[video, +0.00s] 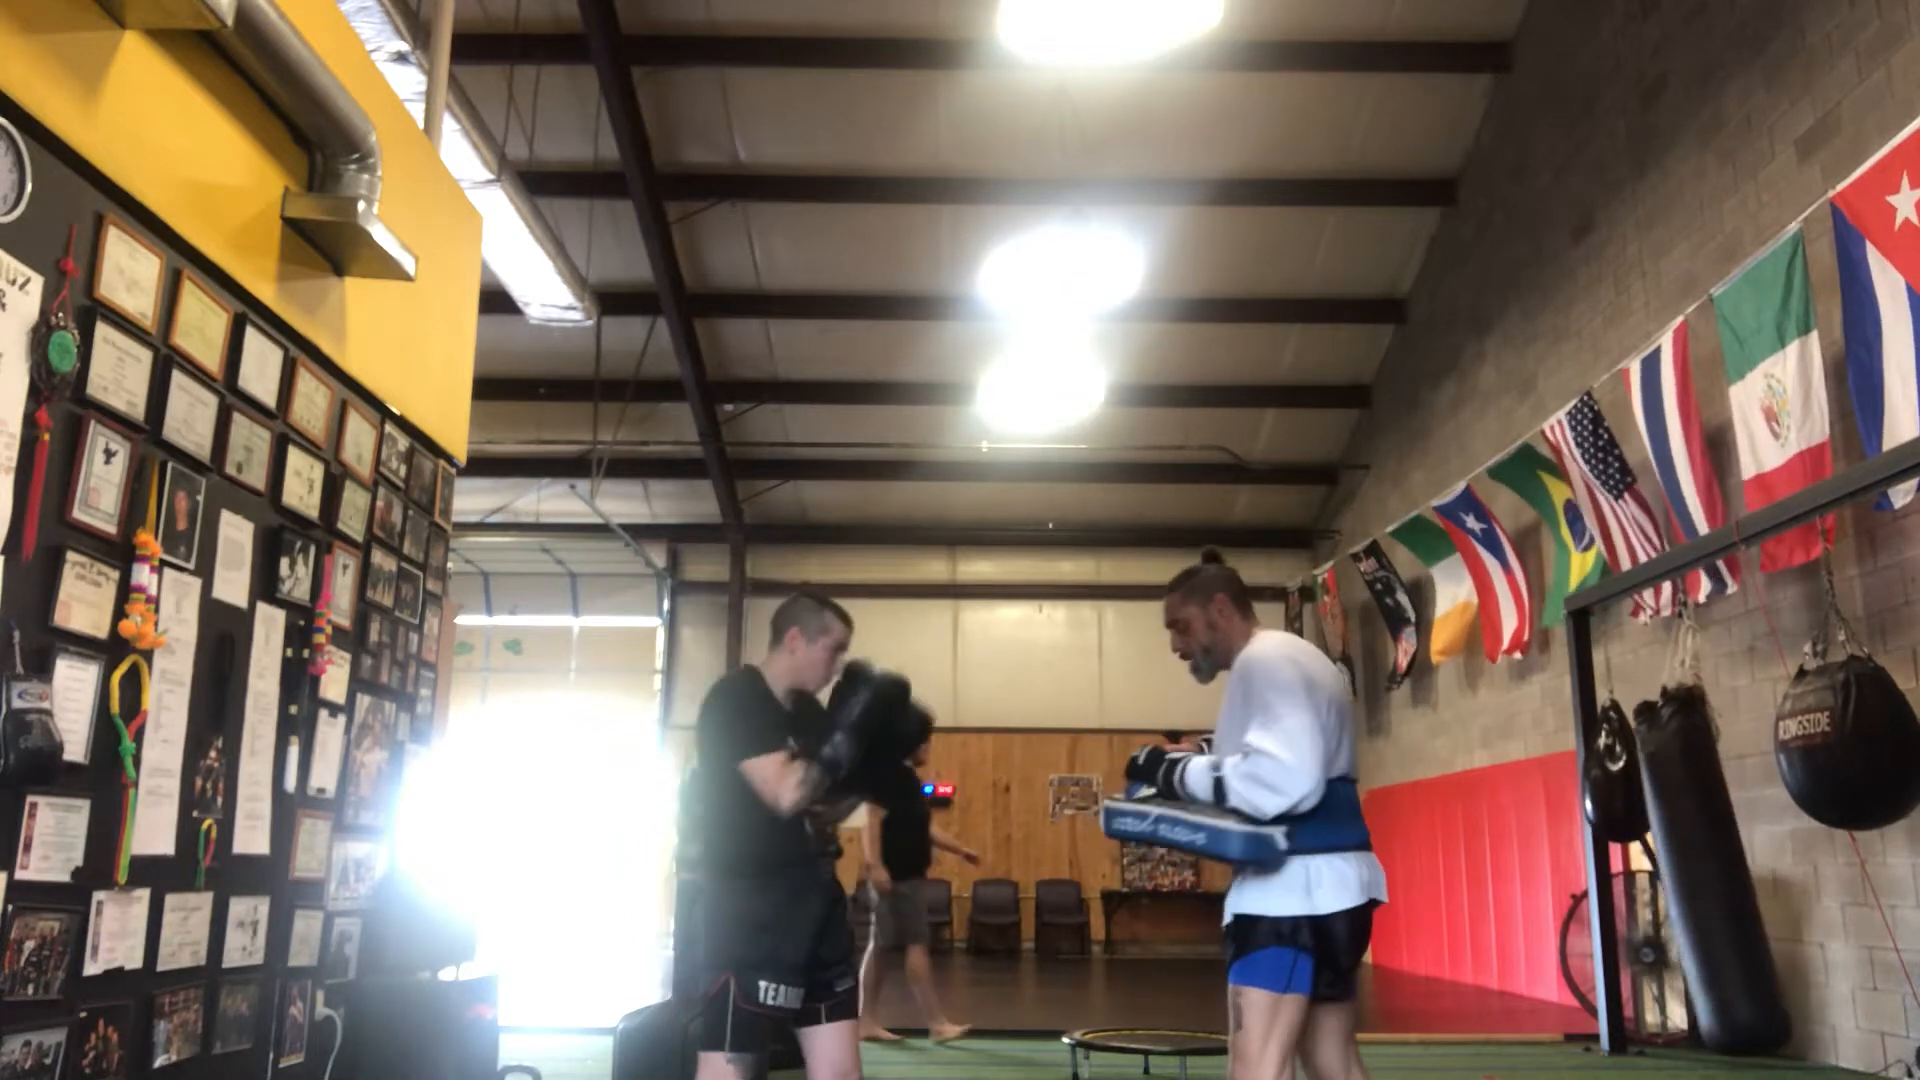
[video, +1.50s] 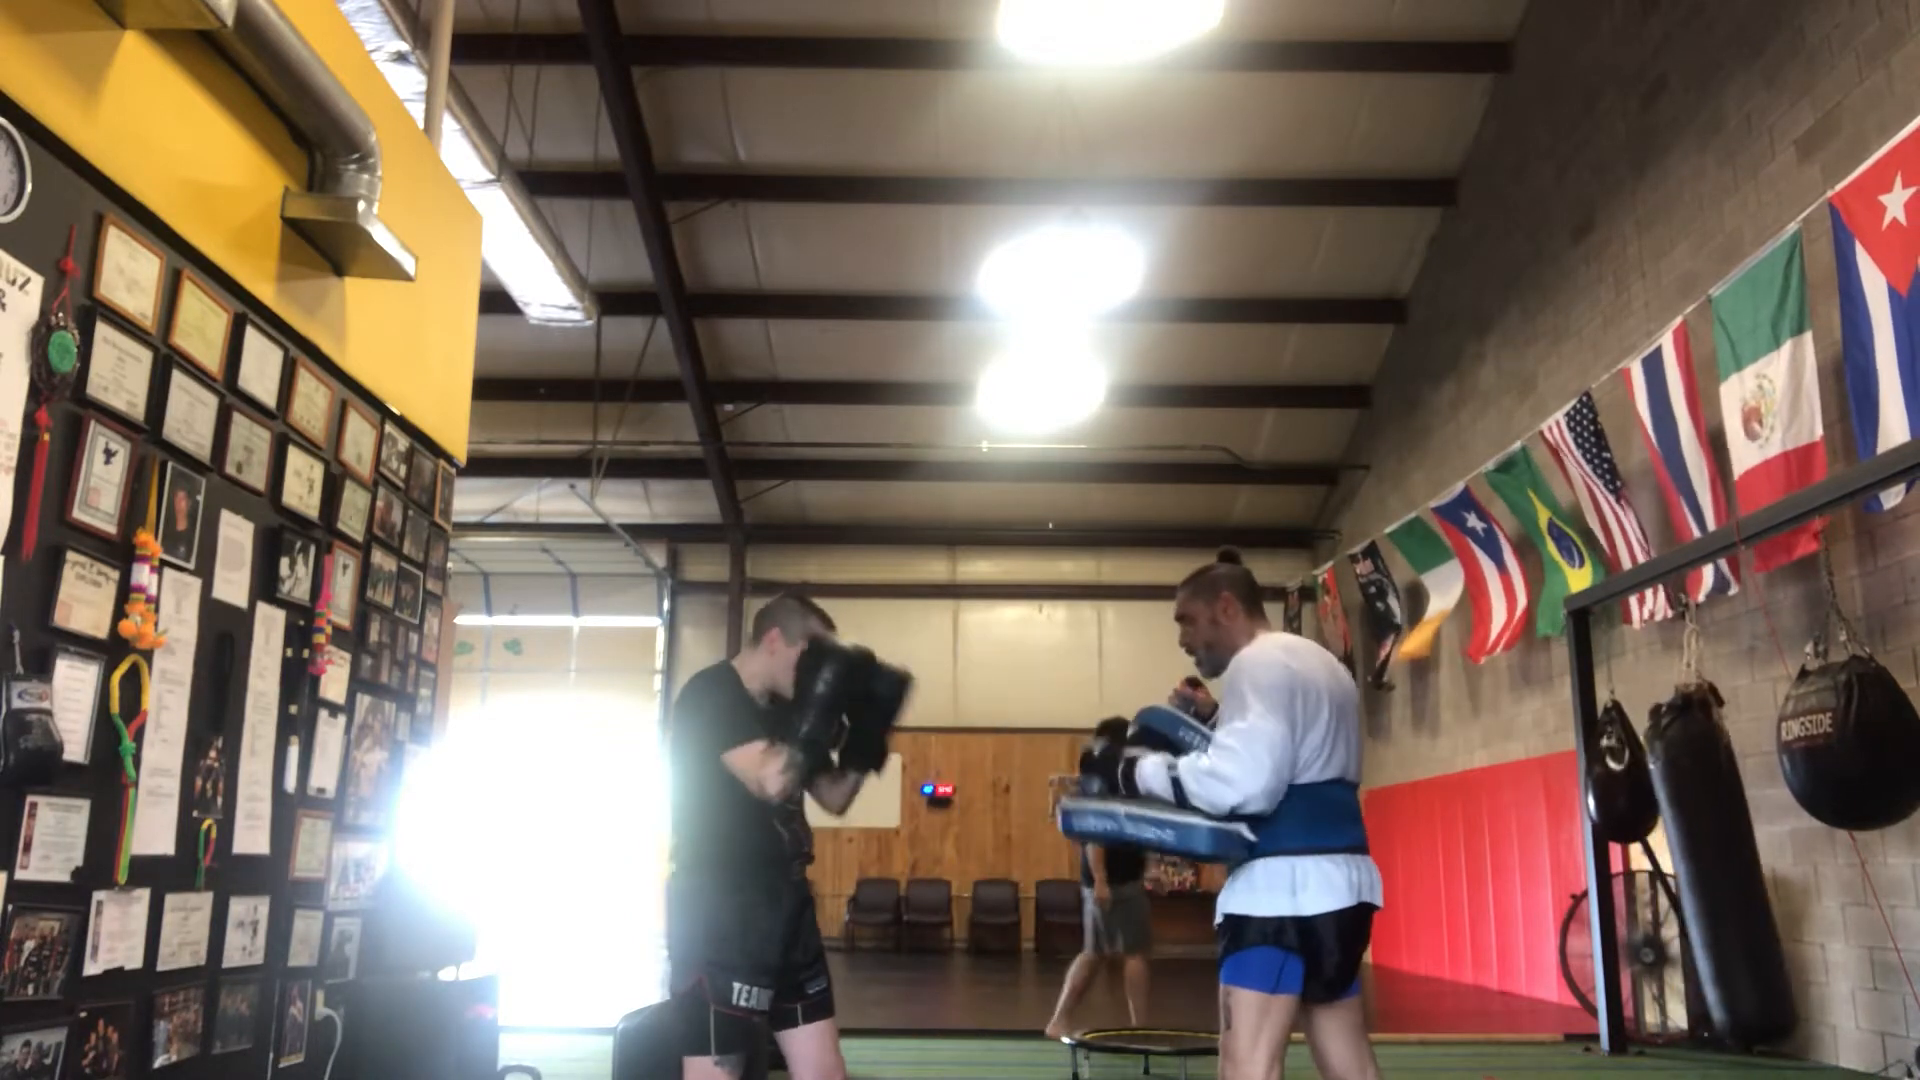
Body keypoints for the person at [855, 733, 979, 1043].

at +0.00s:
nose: (928, 748)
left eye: (928, 742)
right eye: (924, 742)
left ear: (915, 745)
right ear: (911, 743)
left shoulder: (910, 781)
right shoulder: (891, 777)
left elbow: (921, 829)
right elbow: (872, 821)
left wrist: (960, 850)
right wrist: (874, 865)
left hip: (904, 873)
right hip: (898, 875)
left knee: (878, 949)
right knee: (917, 947)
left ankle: (865, 1020)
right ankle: (937, 1023)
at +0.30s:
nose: (970, 748)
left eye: (969, 742)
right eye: (966, 742)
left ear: (944, 743)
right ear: (953, 745)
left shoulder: (947, 776)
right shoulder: (935, 777)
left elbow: (950, 829)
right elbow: (927, 828)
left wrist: (964, 873)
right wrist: (935, 875)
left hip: (954, 873)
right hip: (943, 876)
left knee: (945, 946)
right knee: (949, 948)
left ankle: (890, 1001)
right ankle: (953, 1030)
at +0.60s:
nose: (1011, 749)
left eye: (1010, 742)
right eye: (1008, 743)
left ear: (987, 744)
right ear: (995, 745)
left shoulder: (990, 777)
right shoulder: (979, 776)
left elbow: (985, 825)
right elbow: (979, 823)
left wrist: (1006, 866)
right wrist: (1012, 862)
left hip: (996, 879)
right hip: (972, 879)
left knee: (1014, 944)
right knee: (960, 949)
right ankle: (953, 1030)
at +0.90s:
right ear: (1040, 747)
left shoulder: (1046, 778)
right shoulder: (1024, 776)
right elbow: (1023, 817)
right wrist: (1049, 866)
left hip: (1042, 877)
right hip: (1020, 877)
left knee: (1051, 949)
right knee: (1016, 948)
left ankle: (1053, 1026)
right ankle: (965, 1015)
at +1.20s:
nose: (1094, 754)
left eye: (1095, 747)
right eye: (1091, 746)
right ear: (1079, 745)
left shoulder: (1078, 782)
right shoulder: (1057, 777)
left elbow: (1083, 836)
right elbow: (1052, 823)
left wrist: (1119, 856)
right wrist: (1066, 865)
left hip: (1058, 878)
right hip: (1071, 878)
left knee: (1058, 950)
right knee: (1090, 948)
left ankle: (1054, 1027)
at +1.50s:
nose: (1129, 745)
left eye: (1127, 738)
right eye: (1127, 739)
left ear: (1101, 739)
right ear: (1121, 740)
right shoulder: (1104, 775)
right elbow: (1095, 829)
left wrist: (1144, 870)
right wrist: (1100, 880)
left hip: (1101, 879)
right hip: (1122, 879)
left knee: (1092, 952)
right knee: (1135, 954)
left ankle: (1059, 1021)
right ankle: (1140, 1030)